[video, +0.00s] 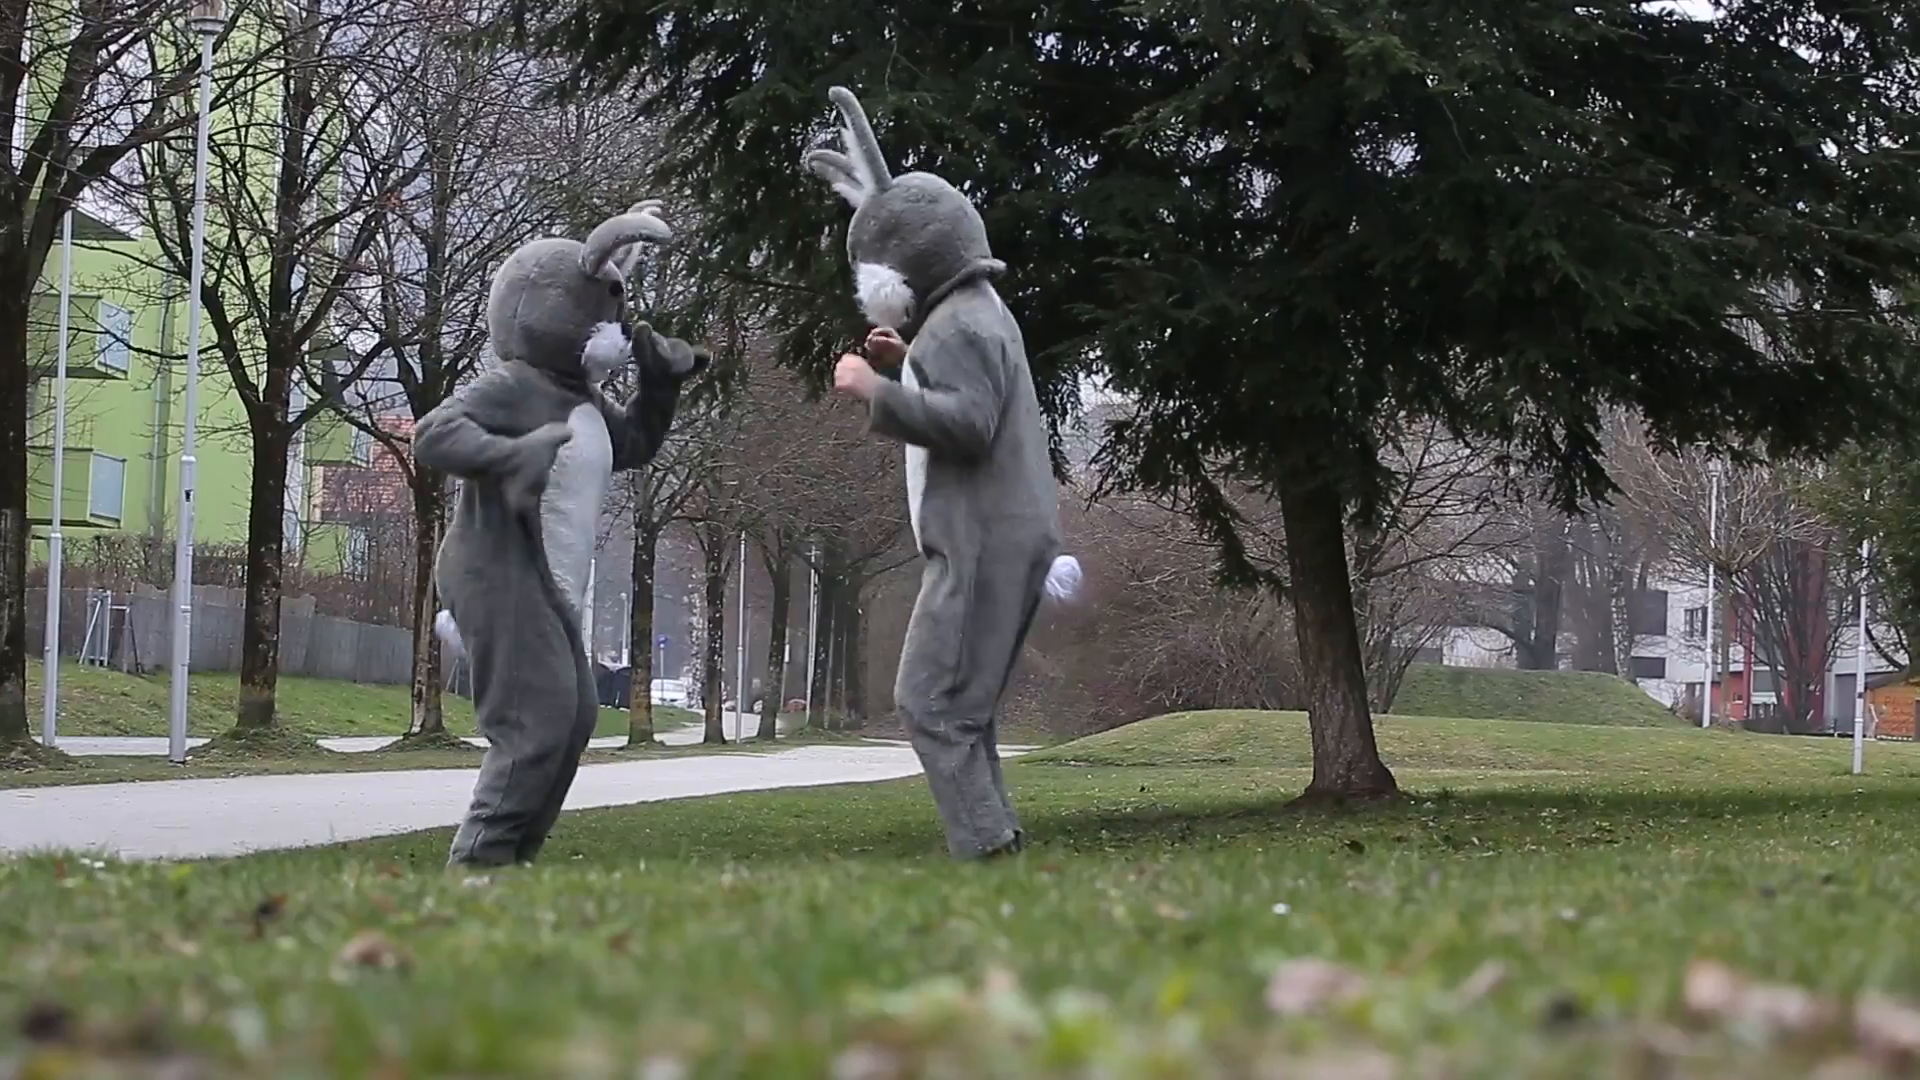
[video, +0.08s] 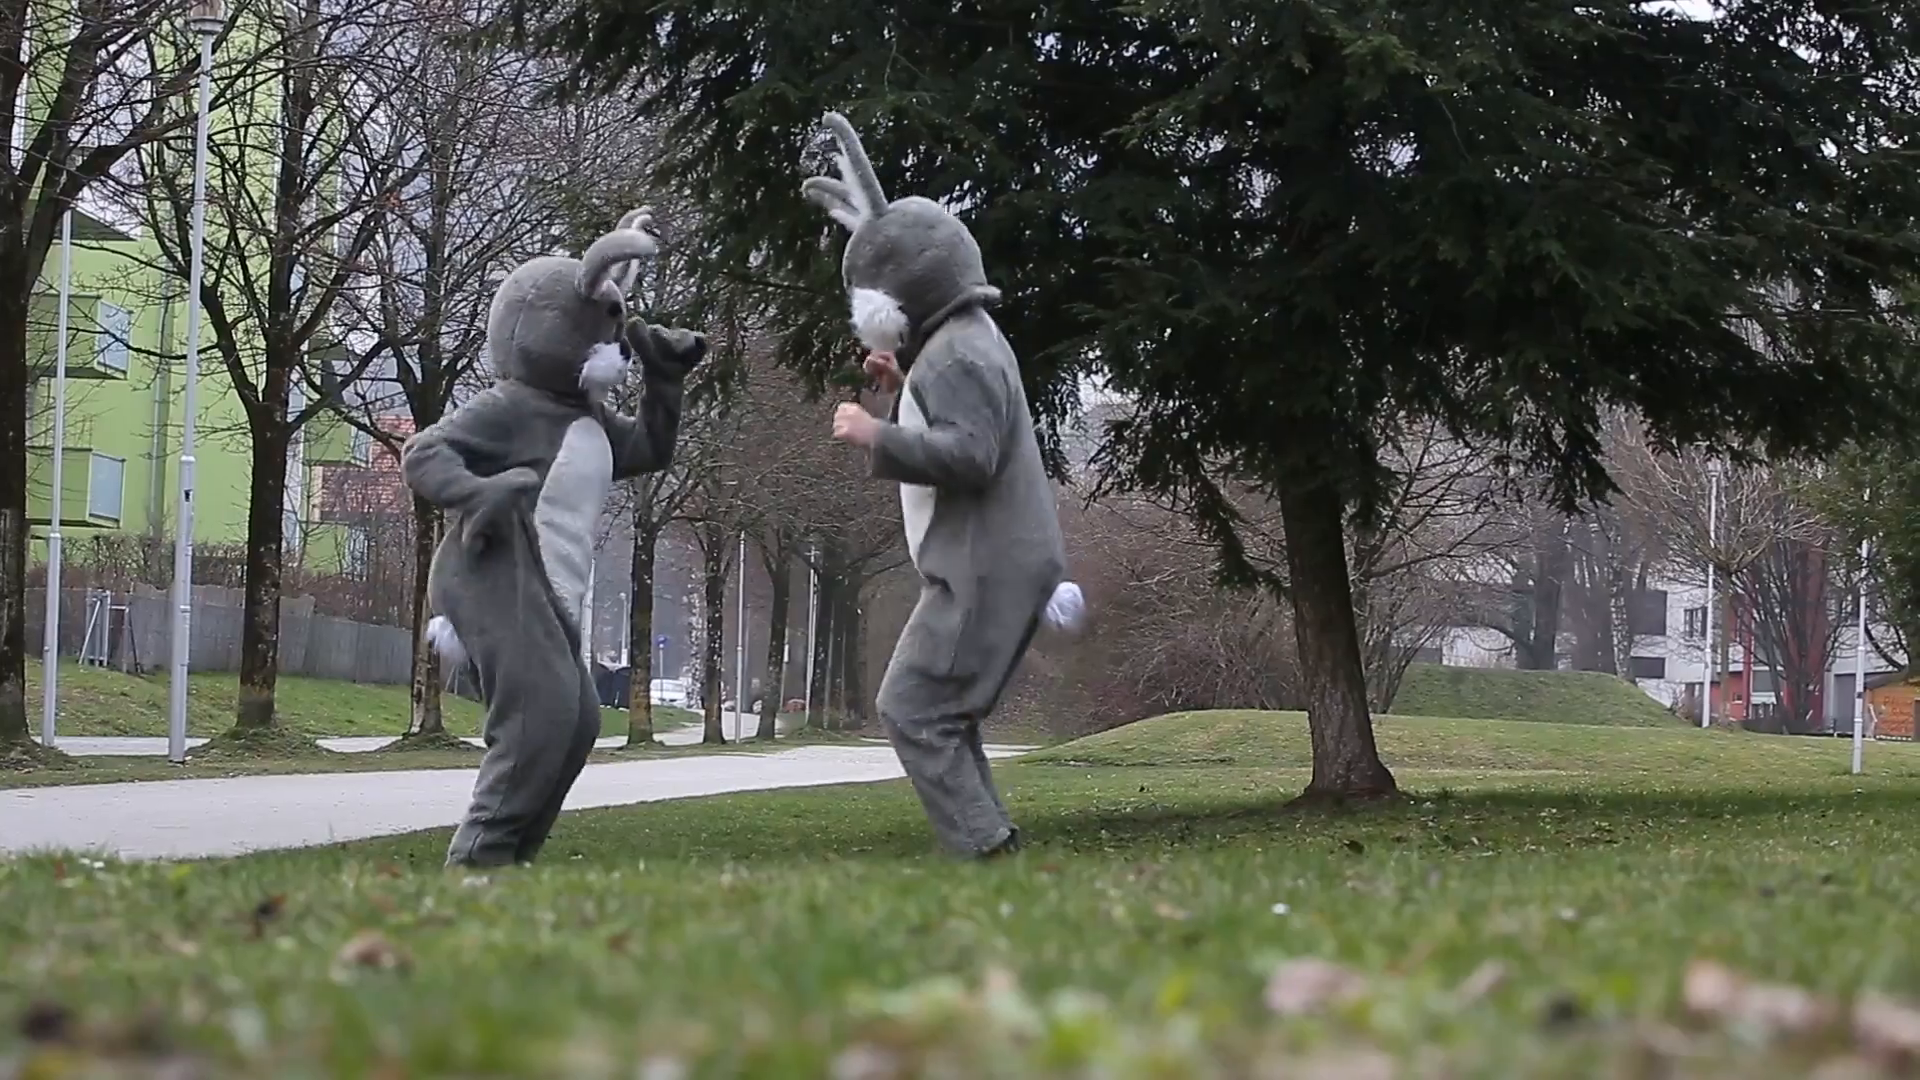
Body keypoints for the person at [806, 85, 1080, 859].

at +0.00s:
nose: (877, 284)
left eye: (879, 267)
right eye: (873, 269)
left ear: (913, 256)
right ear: (941, 248)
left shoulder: (960, 322)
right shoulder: (975, 314)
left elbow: (969, 423)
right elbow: (962, 413)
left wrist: (879, 392)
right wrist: (903, 367)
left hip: (986, 537)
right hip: (1003, 533)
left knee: (929, 697)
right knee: (959, 697)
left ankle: (985, 844)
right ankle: (994, 835)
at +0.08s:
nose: (870, 314)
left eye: (872, 297)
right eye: (866, 299)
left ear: (907, 287)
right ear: (937, 277)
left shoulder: (957, 351)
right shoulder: (962, 342)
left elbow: (972, 455)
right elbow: (960, 441)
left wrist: (882, 434)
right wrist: (904, 391)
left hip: (988, 563)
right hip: (997, 559)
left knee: (911, 705)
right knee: (940, 708)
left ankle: (981, 841)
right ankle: (987, 834)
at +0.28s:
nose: (861, 380)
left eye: (863, 361)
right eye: (857, 365)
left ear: (897, 347)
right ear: (938, 337)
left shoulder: (954, 395)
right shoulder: (967, 402)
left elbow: (891, 440)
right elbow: (969, 532)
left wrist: (851, 460)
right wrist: (901, 533)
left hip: (1004, 608)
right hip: (1024, 607)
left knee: (887, 718)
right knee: (922, 723)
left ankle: (977, 843)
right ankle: (986, 835)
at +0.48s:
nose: (855, 395)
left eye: (861, 379)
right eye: (853, 381)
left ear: (899, 369)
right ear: (924, 362)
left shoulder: (954, 426)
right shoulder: (949, 425)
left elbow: (976, 520)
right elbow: (948, 499)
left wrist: (874, 516)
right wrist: (880, 493)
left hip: (1020, 629)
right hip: (1022, 626)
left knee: (887, 721)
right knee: (908, 719)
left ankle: (978, 845)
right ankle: (985, 836)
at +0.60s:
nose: (847, 397)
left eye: (854, 380)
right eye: (845, 382)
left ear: (894, 374)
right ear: (921, 366)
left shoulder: (948, 436)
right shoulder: (954, 427)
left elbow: (979, 531)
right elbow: (946, 505)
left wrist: (883, 531)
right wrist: (878, 493)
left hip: (1018, 623)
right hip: (1037, 621)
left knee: (890, 716)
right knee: (923, 719)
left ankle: (974, 844)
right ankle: (985, 835)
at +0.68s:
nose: (844, 392)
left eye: (849, 374)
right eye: (841, 377)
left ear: (888, 364)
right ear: (927, 355)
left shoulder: (936, 419)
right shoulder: (971, 414)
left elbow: (945, 497)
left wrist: (850, 505)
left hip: (1015, 616)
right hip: (1053, 613)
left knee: (893, 716)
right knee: (942, 721)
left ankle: (973, 843)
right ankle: (989, 833)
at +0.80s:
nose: (843, 391)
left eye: (847, 372)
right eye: (838, 375)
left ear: (883, 360)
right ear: (932, 350)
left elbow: (884, 454)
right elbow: (993, 506)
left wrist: (816, 475)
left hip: (1016, 609)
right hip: (1057, 606)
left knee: (898, 715)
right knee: (947, 722)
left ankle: (978, 840)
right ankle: (993, 832)